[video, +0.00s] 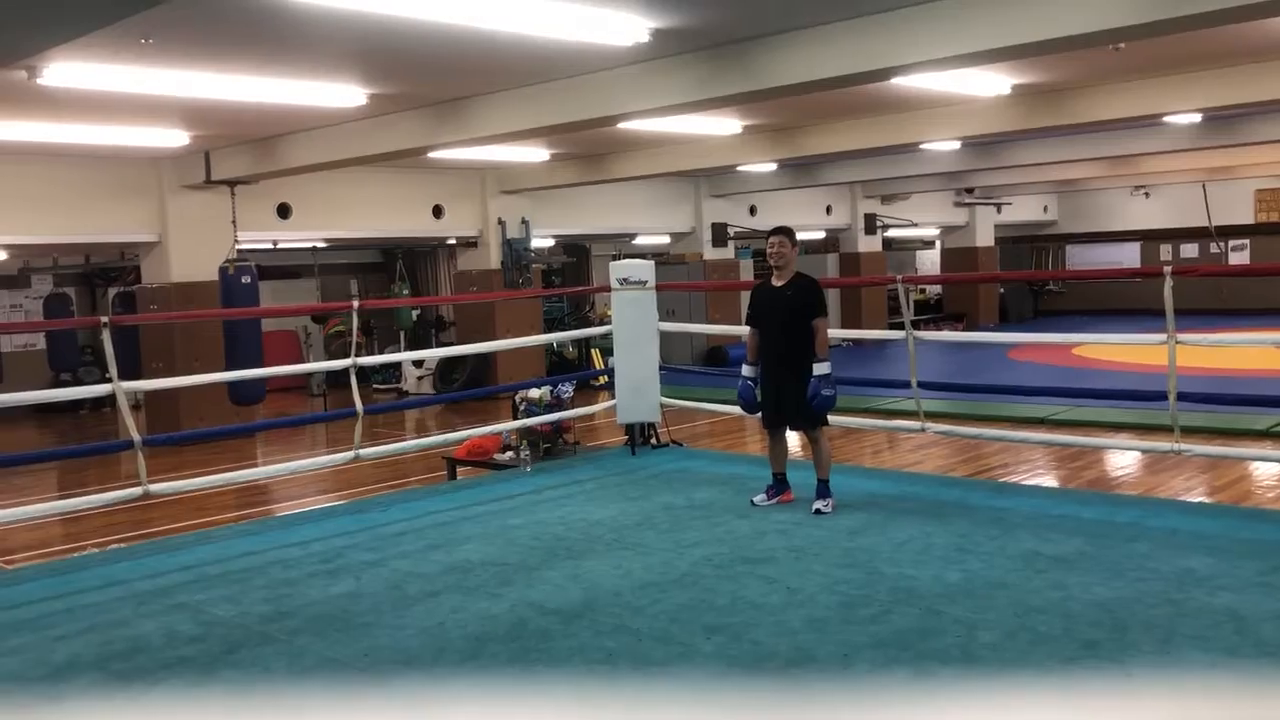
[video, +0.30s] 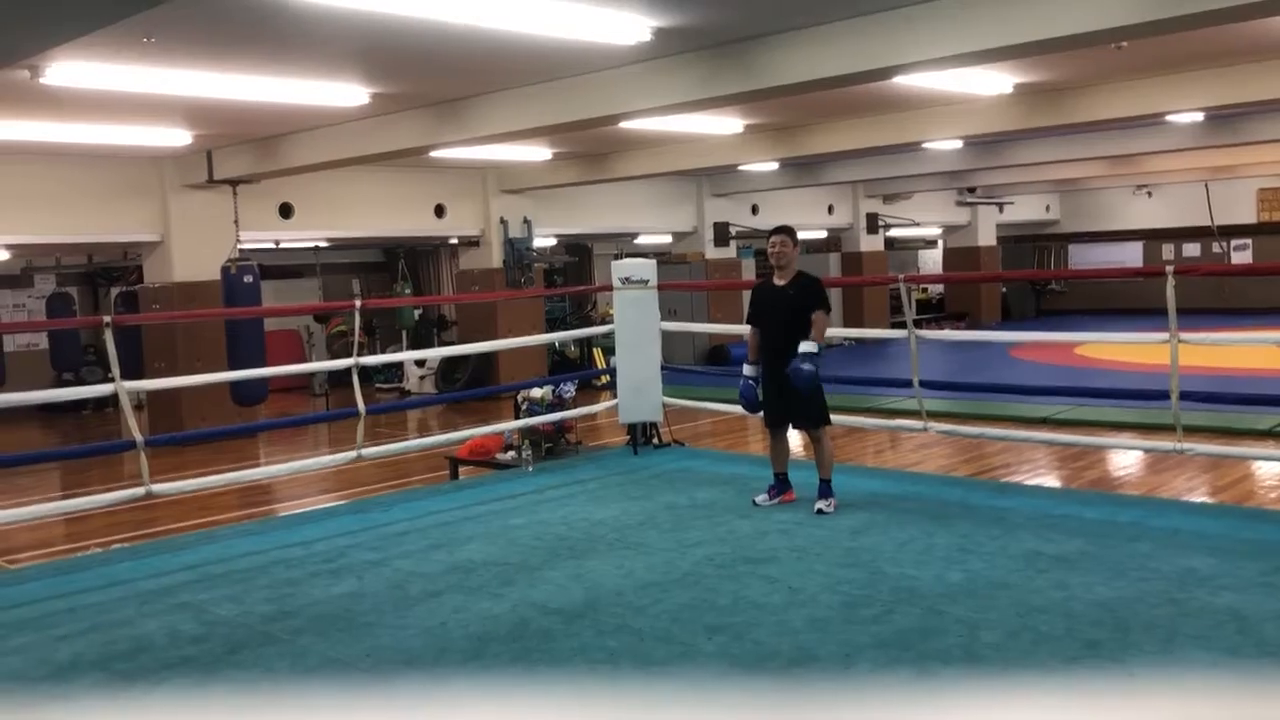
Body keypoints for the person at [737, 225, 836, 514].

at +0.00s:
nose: (775, 250)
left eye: (781, 245)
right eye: (771, 246)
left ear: (794, 250)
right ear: (766, 252)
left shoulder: (809, 286)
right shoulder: (760, 291)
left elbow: (821, 331)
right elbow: (753, 335)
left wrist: (823, 373)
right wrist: (748, 376)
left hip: (803, 373)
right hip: (771, 374)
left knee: (814, 432)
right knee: (774, 431)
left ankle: (823, 491)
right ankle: (779, 485)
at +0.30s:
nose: (777, 250)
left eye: (783, 245)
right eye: (772, 245)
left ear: (795, 249)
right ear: (767, 251)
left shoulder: (810, 284)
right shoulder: (761, 290)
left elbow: (820, 318)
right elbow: (754, 333)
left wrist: (810, 351)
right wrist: (750, 375)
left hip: (801, 367)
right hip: (770, 369)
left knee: (816, 431)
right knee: (775, 430)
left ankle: (825, 490)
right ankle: (781, 485)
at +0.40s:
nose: (778, 251)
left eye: (784, 246)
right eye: (774, 246)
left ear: (797, 251)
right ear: (768, 253)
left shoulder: (810, 285)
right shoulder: (762, 291)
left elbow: (817, 321)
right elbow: (755, 336)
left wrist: (799, 329)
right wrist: (750, 377)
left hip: (804, 370)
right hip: (772, 371)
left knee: (817, 430)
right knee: (776, 429)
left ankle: (825, 491)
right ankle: (781, 485)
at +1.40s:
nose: (775, 249)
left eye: (781, 244)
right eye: (771, 244)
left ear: (794, 248)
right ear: (766, 251)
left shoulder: (807, 284)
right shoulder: (762, 289)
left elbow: (817, 328)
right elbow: (758, 332)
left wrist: (822, 367)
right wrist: (753, 372)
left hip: (803, 370)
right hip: (773, 371)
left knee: (815, 429)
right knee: (776, 428)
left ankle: (825, 487)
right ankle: (781, 482)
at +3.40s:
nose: (774, 252)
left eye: (780, 246)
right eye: (770, 247)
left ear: (794, 249)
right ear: (766, 251)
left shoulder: (808, 285)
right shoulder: (761, 288)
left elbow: (816, 330)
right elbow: (754, 333)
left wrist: (815, 372)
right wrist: (748, 374)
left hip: (801, 371)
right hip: (770, 371)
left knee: (813, 431)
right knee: (774, 429)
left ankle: (824, 490)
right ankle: (780, 484)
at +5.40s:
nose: (781, 248)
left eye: (788, 243)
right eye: (778, 243)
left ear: (801, 248)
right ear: (773, 248)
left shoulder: (815, 284)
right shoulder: (766, 285)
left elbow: (823, 329)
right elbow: (759, 329)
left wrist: (821, 370)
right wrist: (753, 370)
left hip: (806, 370)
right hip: (774, 369)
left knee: (818, 429)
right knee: (778, 426)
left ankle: (827, 487)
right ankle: (783, 482)